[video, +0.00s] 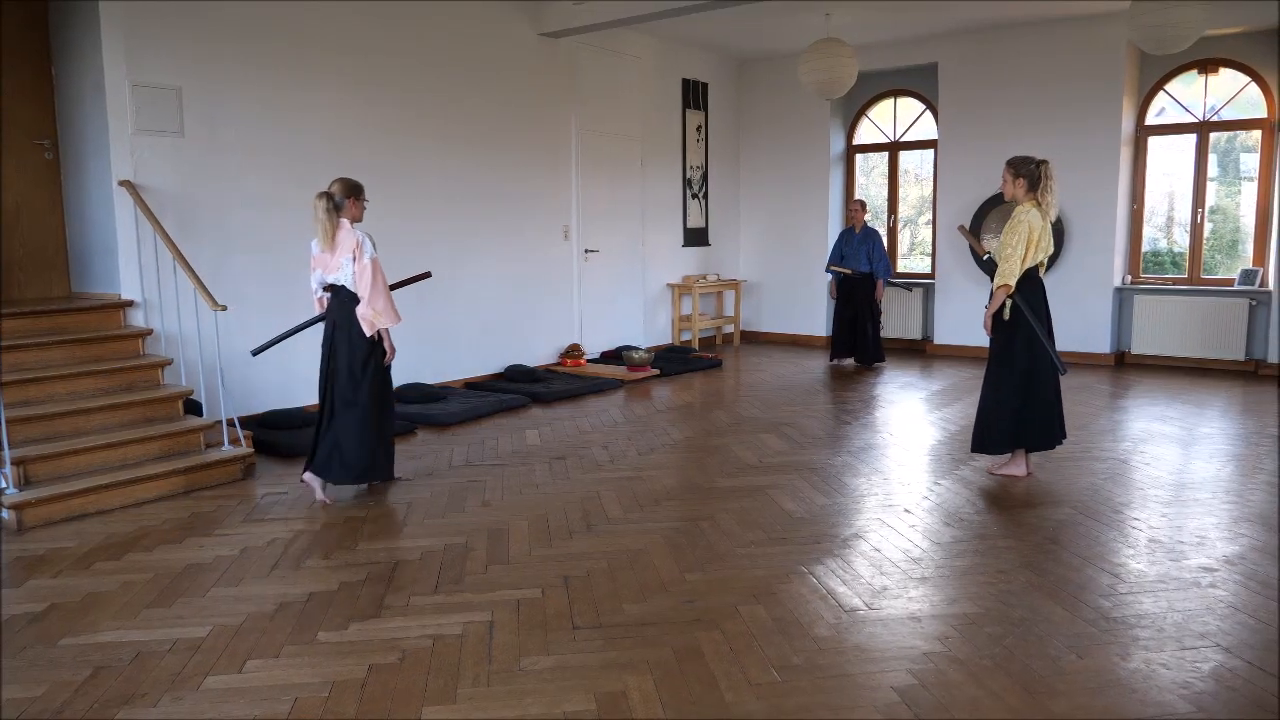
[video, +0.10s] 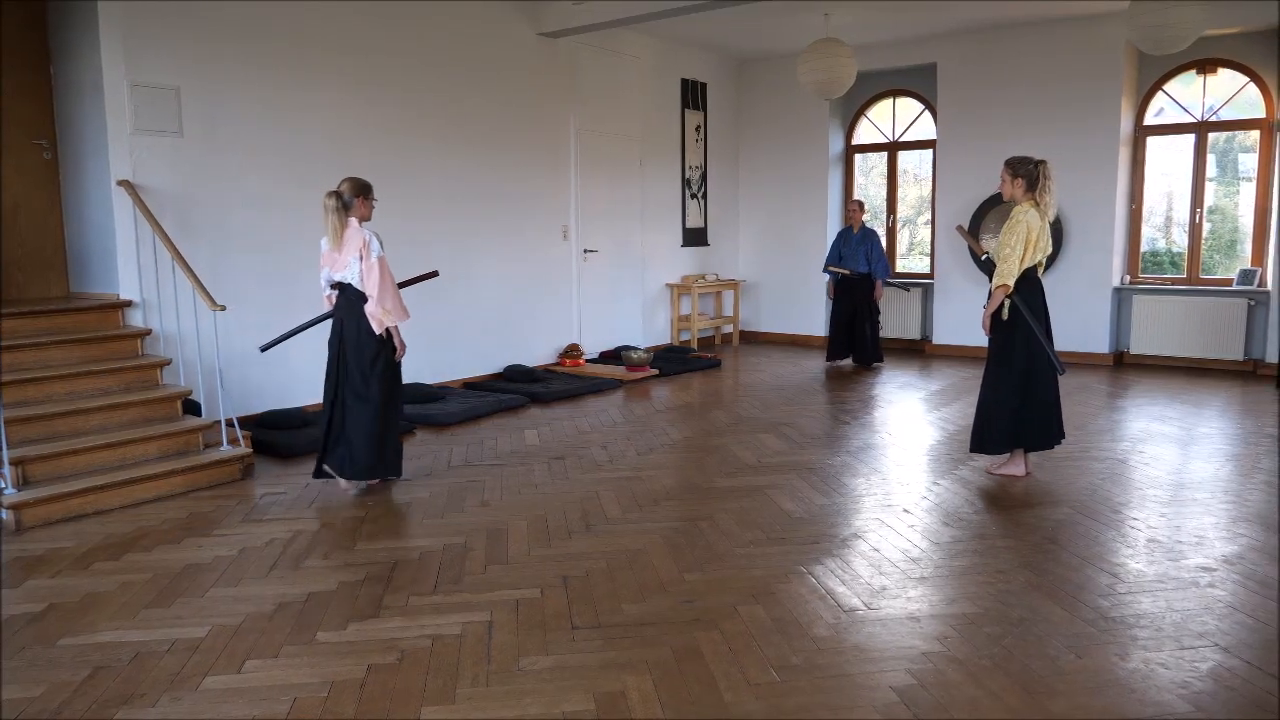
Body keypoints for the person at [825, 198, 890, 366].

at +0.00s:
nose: (852, 214)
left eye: (856, 211)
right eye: (850, 211)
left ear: (864, 213)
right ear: (848, 212)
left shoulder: (872, 234)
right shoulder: (844, 234)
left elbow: (880, 261)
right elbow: (835, 259)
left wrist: (880, 285)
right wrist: (833, 281)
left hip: (866, 281)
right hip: (846, 281)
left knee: (865, 320)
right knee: (844, 318)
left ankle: (866, 358)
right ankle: (842, 354)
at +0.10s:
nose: (851, 214)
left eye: (854, 211)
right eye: (848, 211)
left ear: (862, 213)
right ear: (846, 212)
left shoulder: (870, 235)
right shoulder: (842, 234)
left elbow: (878, 261)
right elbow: (833, 258)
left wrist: (878, 285)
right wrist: (831, 281)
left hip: (864, 281)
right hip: (844, 281)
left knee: (864, 320)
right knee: (841, 318)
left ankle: (865, 358)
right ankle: (837, 355)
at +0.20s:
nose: (848, 214)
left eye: (852, 211)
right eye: (847, 211)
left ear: (859, 213)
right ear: (845, 213)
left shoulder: (868, 235)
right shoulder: (840, 234)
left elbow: (876, 261)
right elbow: (831, 259)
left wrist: (876, 286)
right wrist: (828, 281)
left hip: (862, 282)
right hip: (841, 281)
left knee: (861, 321)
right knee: (838, 319)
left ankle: (861, 359)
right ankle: (835, 355)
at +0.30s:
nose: (844, 215)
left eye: (848, 212)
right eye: (842, 211)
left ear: (856, 213)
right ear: (840, 213)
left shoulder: (865, 236)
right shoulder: (836, 235)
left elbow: (873, 262)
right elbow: (827, 259)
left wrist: (874, 286)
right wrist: (825, 282)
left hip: (858, 283)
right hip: (838, 282)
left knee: (859, 322)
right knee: (832, 320)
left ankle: (859, 360)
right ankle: (828, 358)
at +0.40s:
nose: (840, 215)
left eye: (844, 212)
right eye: (839, 212)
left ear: (852, 214)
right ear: (837, 214)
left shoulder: (861, 236)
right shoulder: (832, 235)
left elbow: (869, 262)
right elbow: (823, 260)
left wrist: (870, 286)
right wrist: (820, 282)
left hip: (855, 283)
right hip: (834, 282)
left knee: (856, 321)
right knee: (829, 321)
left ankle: (857, 360)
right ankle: (827, 359)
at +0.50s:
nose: (835, 214)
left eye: (838, 211)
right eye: (833, 212)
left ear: (847, 214)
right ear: (832, 214)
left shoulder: (856, 236)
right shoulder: (826, 235)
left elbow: (864, 262)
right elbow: (818, 260)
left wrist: (865, 286)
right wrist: (816, 282)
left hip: (850, 283)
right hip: (829, 283)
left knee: (852, 322)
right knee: (826, 321)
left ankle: (854, 360)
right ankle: (825, 359)